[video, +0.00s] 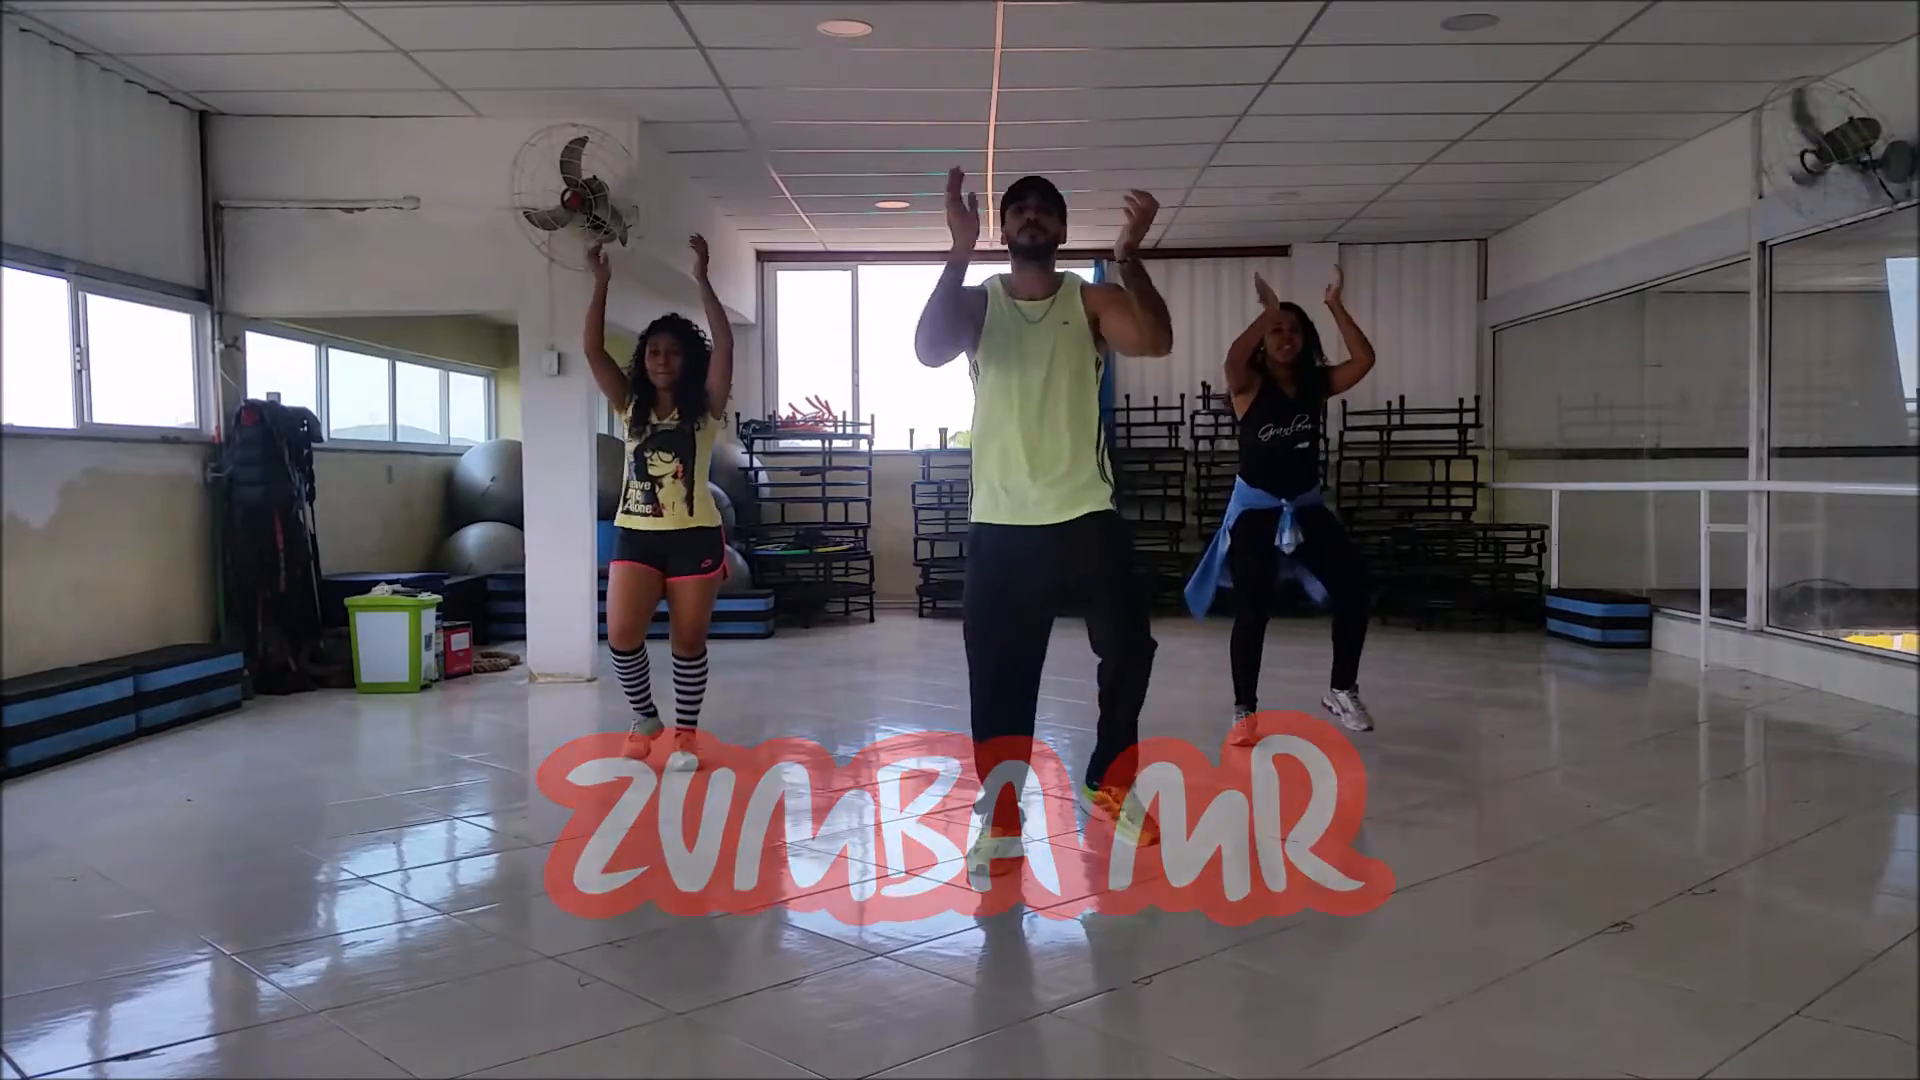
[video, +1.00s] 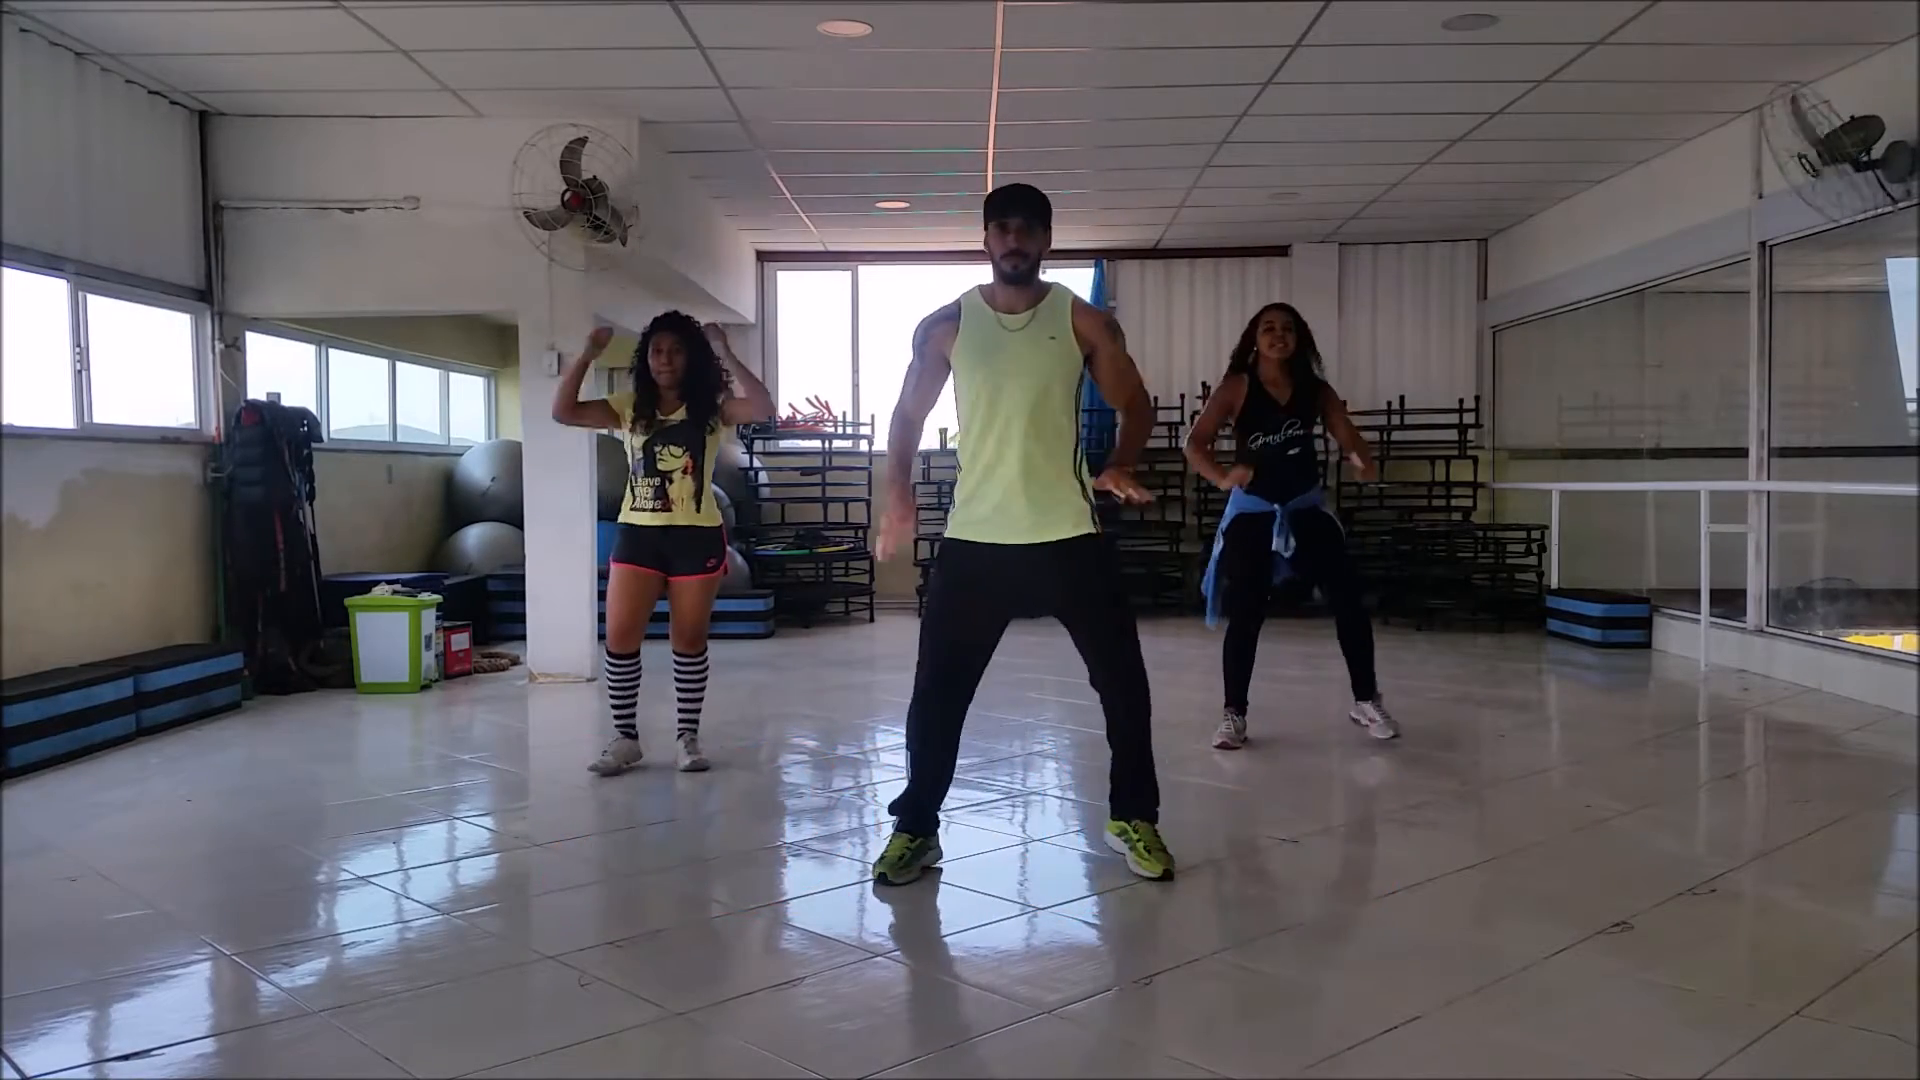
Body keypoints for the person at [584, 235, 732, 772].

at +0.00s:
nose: (662, 361)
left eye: (672, 353)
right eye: (654, 353)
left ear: (689, 360)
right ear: (642, 359)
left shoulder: (705, 406)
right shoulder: (630, 403)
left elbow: (724, 343)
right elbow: (592, 349)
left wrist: (703, 280)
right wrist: (601, 282)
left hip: (694, 539)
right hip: (635, 537)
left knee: (688, 645)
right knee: (622, 638)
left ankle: (685, 738)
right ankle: (646, 722)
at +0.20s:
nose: (659, 363)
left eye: (668, 355)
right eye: (651, 355)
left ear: (685, 360)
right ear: (639, 360)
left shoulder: (700, 405)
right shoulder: (625, 403)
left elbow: (707, 346)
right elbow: (602, 344)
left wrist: (671, 290)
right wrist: (650, 295)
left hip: (689, 540)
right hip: (631, 540)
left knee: (684, 645)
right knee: (636, 646)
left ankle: (684, 735)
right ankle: (648, 739)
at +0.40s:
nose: (655, 362)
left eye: (665, 354)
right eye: (646, 353)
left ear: (682, 362)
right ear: (634, 360)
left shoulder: (695, 408)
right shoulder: (616, 407)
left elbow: (723, 350)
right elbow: (583, 347)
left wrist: (704, 287)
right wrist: (597, 275)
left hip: (686, 540)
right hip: (628, 542)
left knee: (679, 635)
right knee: (633, 644)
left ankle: (689, 725)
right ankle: (649, 739)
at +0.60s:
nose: (655, 361)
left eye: (665, 354)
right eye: (647, 352)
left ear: (682, 358)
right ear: (635, 356)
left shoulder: (696, 402)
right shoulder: (621, 400)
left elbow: (711, 343)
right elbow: (599, 340)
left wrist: (687, 283)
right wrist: (625, 281)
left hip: (687, 536)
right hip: (630, 535)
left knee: (684, 641)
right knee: (639, 643)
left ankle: (687, 736)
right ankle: (649, 739)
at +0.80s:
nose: (662, 363)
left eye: (671, 354)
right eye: (654, 354)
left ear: (689, 359)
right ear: (642, 360)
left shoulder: (706, 405)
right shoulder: (629, 403)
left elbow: (725, 345)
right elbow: (596, 347)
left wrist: (689, 288)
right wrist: (631, 291)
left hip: (695, 542)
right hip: (636, 540)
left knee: (689, 644)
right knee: (623, 642)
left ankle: (686, 738)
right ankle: (644, 734)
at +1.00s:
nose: (664, 359)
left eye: (674, 351)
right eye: (656, 351)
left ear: (691, 360)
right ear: (645, 358)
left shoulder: (711, 412)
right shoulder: (628, 410)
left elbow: (763, 408)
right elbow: (564, 410)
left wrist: (726, 355)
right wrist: (588, 352)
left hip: (696, 540)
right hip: (637, 538)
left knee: (689, 641)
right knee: (620, 640)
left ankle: (688, 739)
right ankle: (626, 740)